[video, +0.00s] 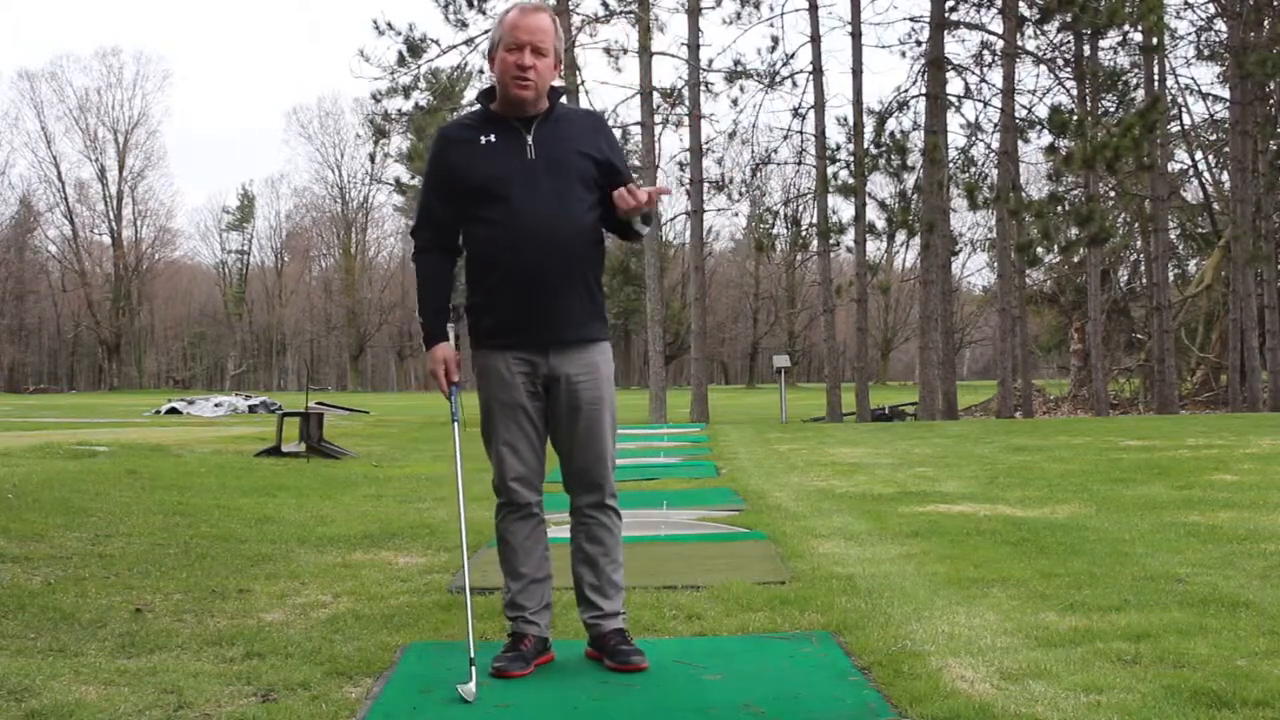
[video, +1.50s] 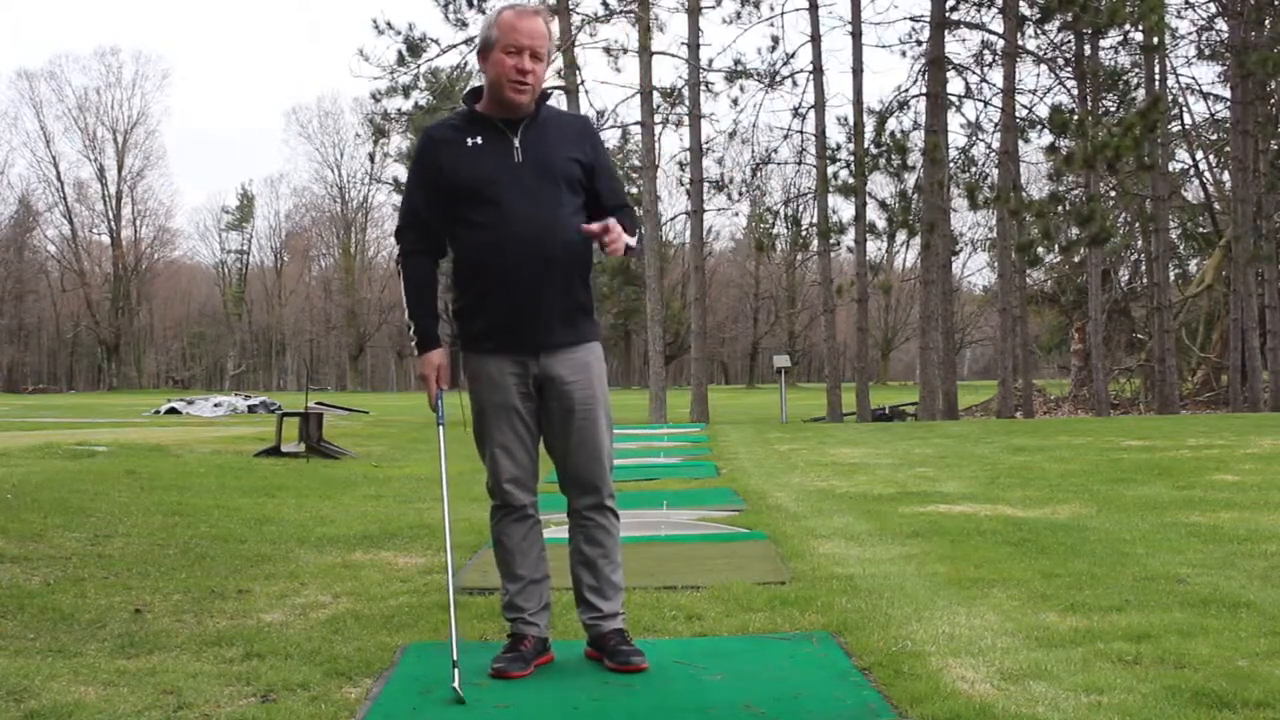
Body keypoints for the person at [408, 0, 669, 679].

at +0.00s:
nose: (525, 61)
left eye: (538, 50)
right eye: (513, 48)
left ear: (557, 62)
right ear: (492, 57)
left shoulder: (589, 130)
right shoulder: (456, 142)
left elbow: (624, 224)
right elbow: (434, 243)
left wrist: (631, 210)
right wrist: (436, 334)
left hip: (582, 340)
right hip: (499, 345)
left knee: (596, 493)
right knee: (517, 496)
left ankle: (608, 627)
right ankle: (528, 630)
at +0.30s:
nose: (541, 66)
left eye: (553, 55)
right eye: (528, 52)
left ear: (565, 65)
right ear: (499, 59)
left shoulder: (590, 134)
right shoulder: (456, 139)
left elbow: (644, 213)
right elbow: (430, 241)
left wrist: (650, 190)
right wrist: (433, 334)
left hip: (579, 341)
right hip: (497, 346)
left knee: (595, 493)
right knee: (516, 496)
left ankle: (608, 627)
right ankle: (527, 630)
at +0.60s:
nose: (547, 67)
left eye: (557, 58)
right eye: (535, 53)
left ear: (565, 68)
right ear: (499, 59)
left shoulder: (585, 134)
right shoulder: (453, 140)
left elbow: (628, 221)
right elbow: (426, 242)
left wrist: (649, 197)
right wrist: (431, 335)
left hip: (577, 342)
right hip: (495, 348)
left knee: (594, 494)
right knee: (515, 497)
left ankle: (608, 627)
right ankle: (527, 630)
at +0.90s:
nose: (535, 67)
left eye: (546, 55)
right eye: (522, 53)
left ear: (556, 63)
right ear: (490, 57)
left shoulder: (579, 132)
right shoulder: (446, 141)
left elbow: (614, 228)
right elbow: (423, 245)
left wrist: (608, 308)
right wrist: (429, 339)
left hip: (575, 339)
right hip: (490, 344)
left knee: (593, 493)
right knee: (512, 497)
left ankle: (608, 629)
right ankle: (528, 632)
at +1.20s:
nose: (530, 67)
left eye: (541, 56)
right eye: (517, 52)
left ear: (552, 65)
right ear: (486, 57)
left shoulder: (576, 132)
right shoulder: (442, 141)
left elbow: (614, 213)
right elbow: (413, 242)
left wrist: (640, 256)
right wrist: (426, 335)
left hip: (571, 340)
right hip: (488, 347)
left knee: (593, 492)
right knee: (511, 497)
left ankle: (607, 628)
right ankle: (527, 631)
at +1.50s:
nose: (526, 67)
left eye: (537, 56)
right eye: (513, 53)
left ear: (548, 64)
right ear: (484, 58)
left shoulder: (576, 133)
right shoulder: (442, 143)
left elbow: (621, 216)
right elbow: (417, 245)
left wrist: (619, 232)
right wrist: (428, 342)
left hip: (572, 338)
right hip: (488, 344)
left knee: (593, 492)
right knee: (511, 496)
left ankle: (607, 628)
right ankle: (528, 632)